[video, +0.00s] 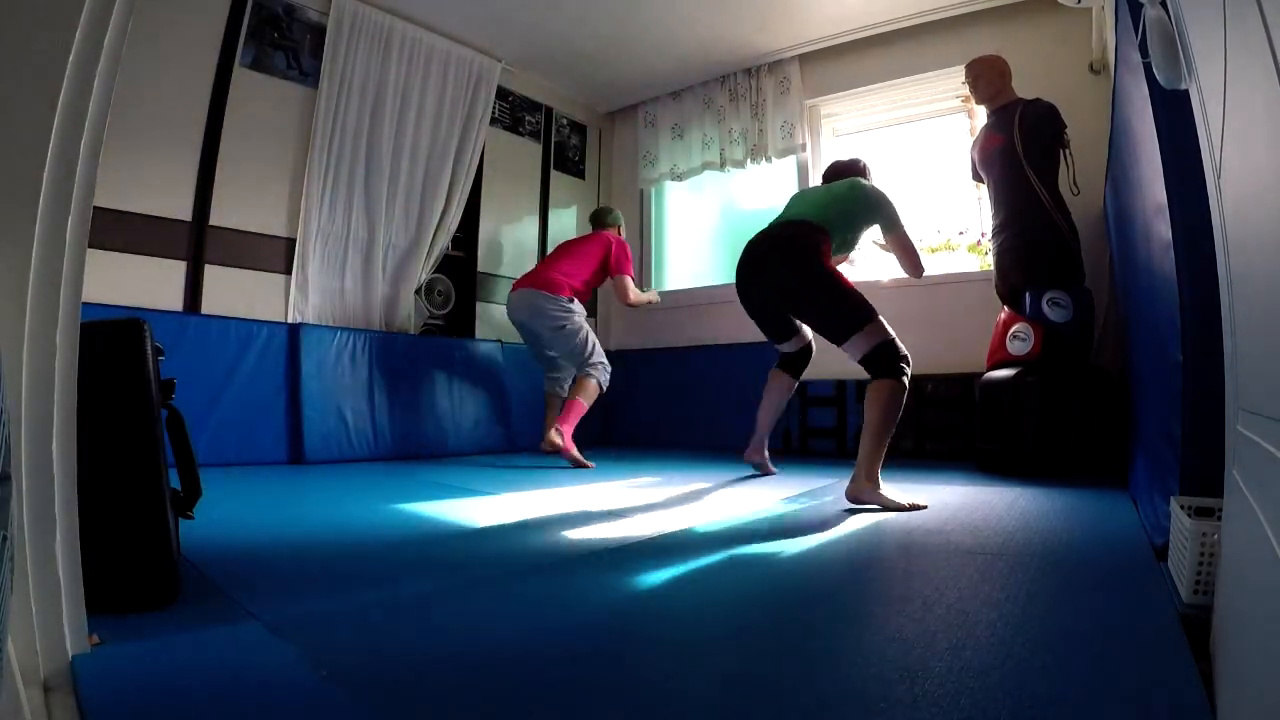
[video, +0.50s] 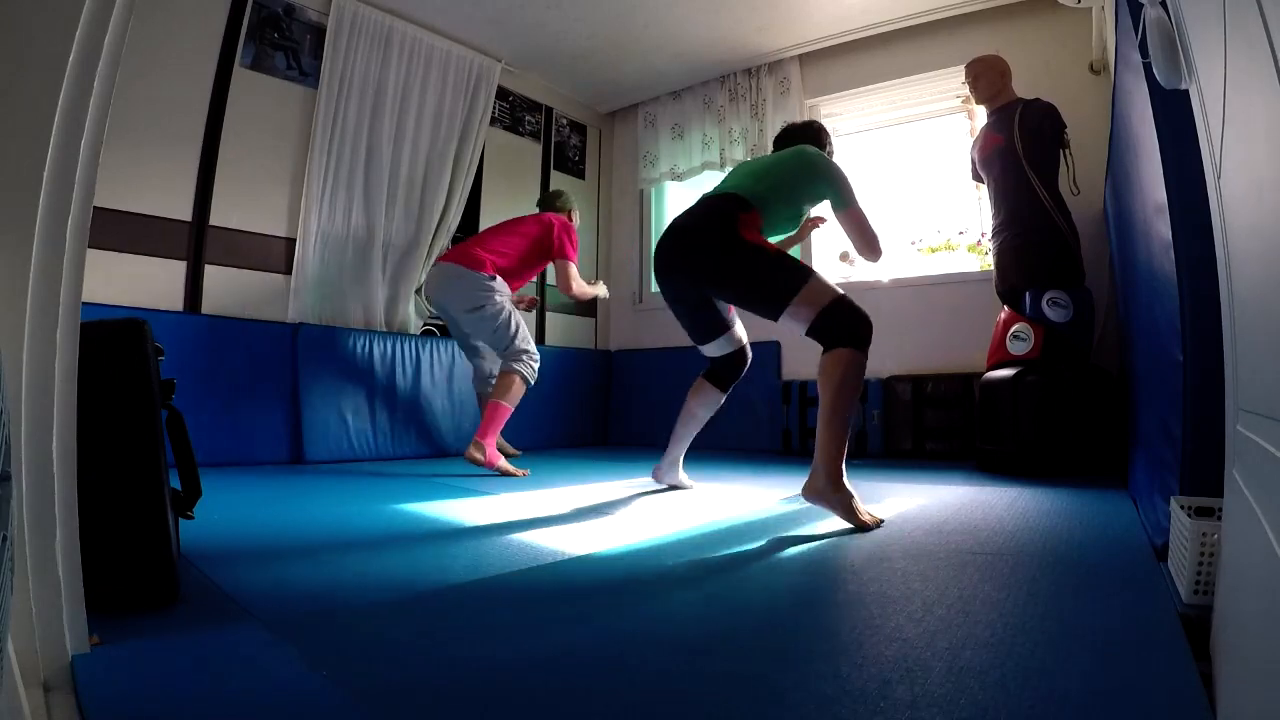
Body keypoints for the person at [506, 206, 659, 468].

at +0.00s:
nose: (623, 234)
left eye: (623, 231)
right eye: (623, 231)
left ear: (593, 227)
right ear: (618, 229)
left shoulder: (572, 242)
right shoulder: (615, 243)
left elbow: (546, 269)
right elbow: (629, 297)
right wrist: (649, 297)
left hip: (517, 297)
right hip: (551, 297)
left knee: (560, 367)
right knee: (597, 366)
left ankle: (552, 434)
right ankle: (564, 431)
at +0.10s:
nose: (617, 231)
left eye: (616, 228)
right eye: (616, 227)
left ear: (584, 223)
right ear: (611, 225)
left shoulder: (568, 236)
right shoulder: (608, 237)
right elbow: (622, 292)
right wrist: (641, 294)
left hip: (503, 289)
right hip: (539, 290)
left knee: (549, 363)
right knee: (584, 362)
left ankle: (546, 434)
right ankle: (557, 437)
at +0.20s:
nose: (608, 229)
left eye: (608, 225)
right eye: (608, 225)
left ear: (578, 219)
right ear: (602, 221)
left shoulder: (561, 232)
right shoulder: (594, 231)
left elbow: (529, 271)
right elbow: (612, 287)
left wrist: (556, 304)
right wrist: (630, 290)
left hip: (487, 285)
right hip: (522, 287)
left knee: (541, 352)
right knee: (575, 351)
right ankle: (557, 436)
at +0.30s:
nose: (598, 229)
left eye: (597, 224)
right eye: (598, 224)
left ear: (568, 219)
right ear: (593, 220)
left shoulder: (547, 233)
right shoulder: (580, 231)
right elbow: (597, 286)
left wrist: (548, 302)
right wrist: (621, 289)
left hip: (472, 290)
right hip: (504, 290)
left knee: (522, 360)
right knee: (564, 349)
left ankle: (497, 437)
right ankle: (532, 423)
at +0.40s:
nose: (587, 226)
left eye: (586, 221)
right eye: (587, 221)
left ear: (556, 217)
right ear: (581, 218)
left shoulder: (537, 231)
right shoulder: (573, 231)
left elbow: (495, 274)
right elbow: (583, 290)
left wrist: (531, 302)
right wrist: (610, 290)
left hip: (458, 286)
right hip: (490, 288)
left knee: (503, 368)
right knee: (539, 362)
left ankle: (498, 440)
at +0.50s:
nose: (576, 225)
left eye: (577, 220)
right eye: (577, 219)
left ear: (545, 212)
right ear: (571, 215)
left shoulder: (523, 224)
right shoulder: (561, 226)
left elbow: (479, 265)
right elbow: (571, 287)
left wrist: (512, 299)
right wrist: (597, 290)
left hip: (439, 276)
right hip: (473, 280)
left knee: (486, 361)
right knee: (524, 357)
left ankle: (491, 433)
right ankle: (484, 443)